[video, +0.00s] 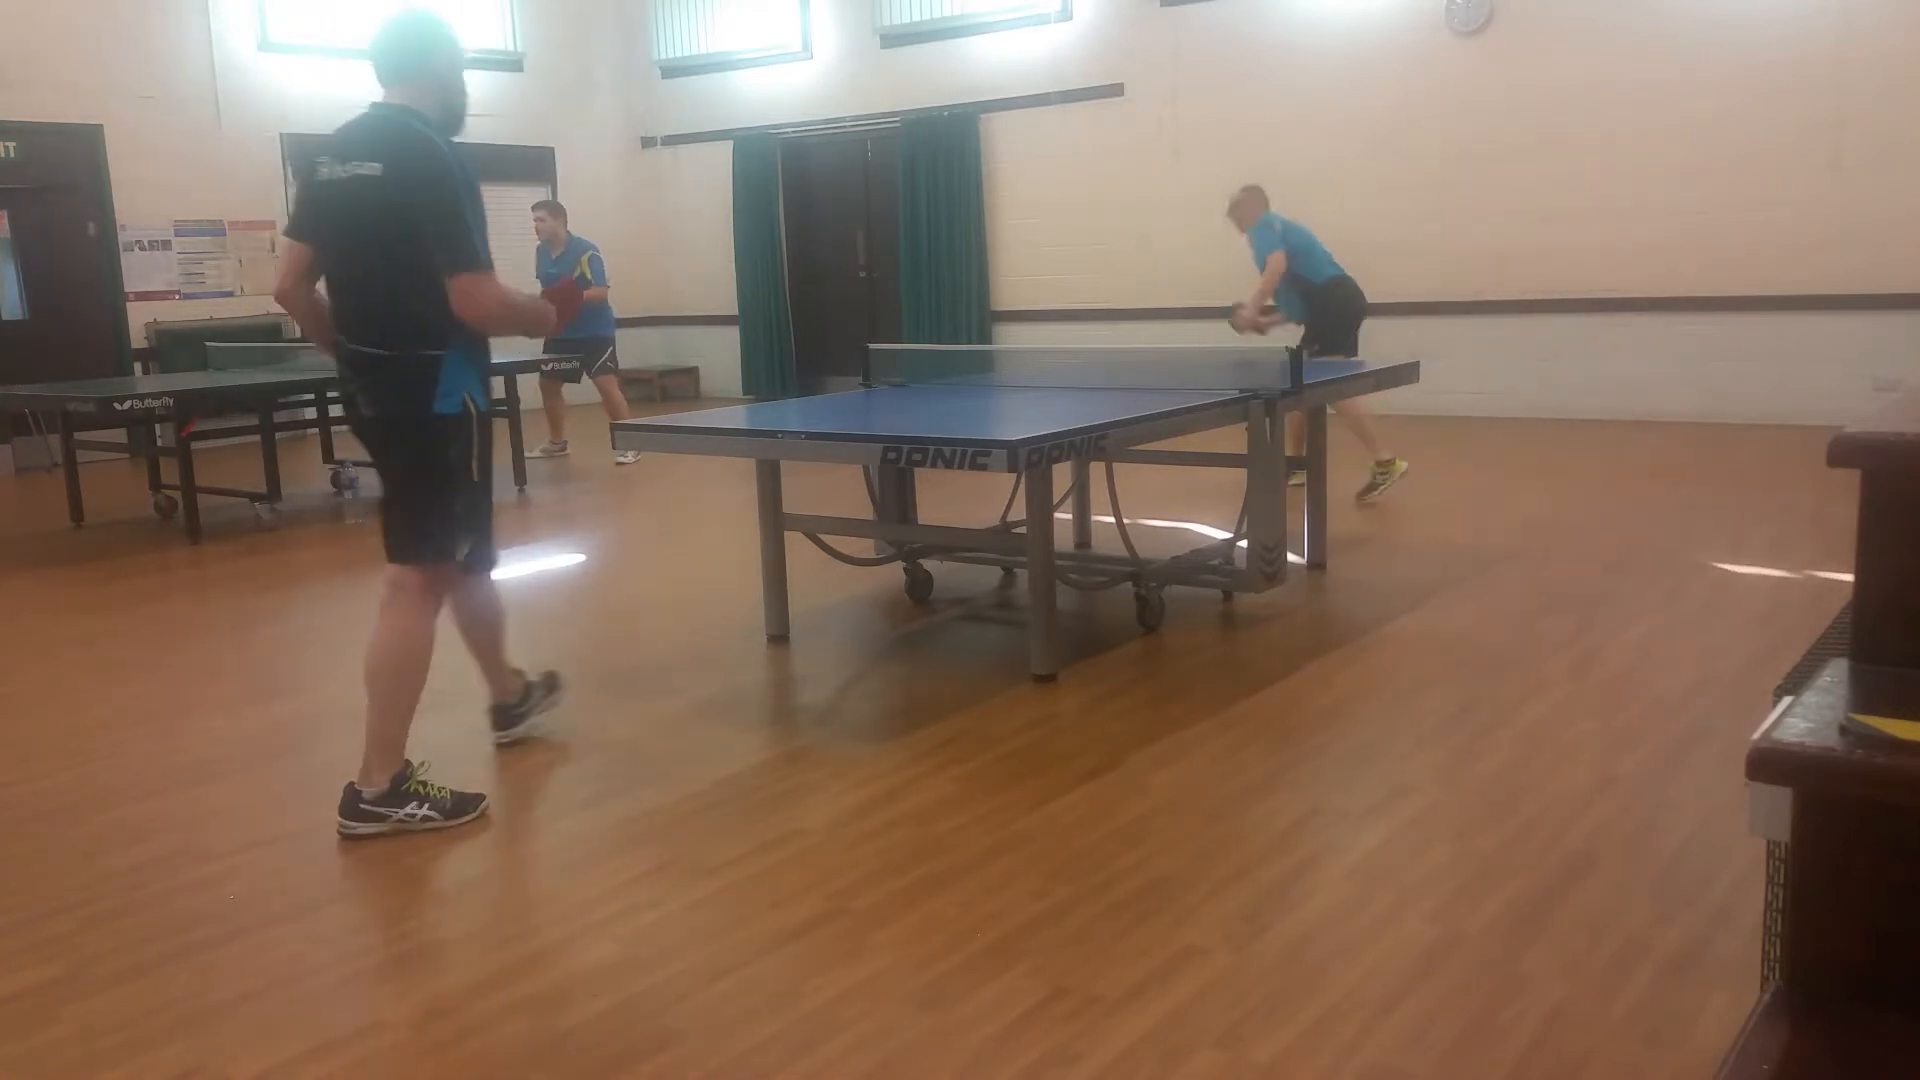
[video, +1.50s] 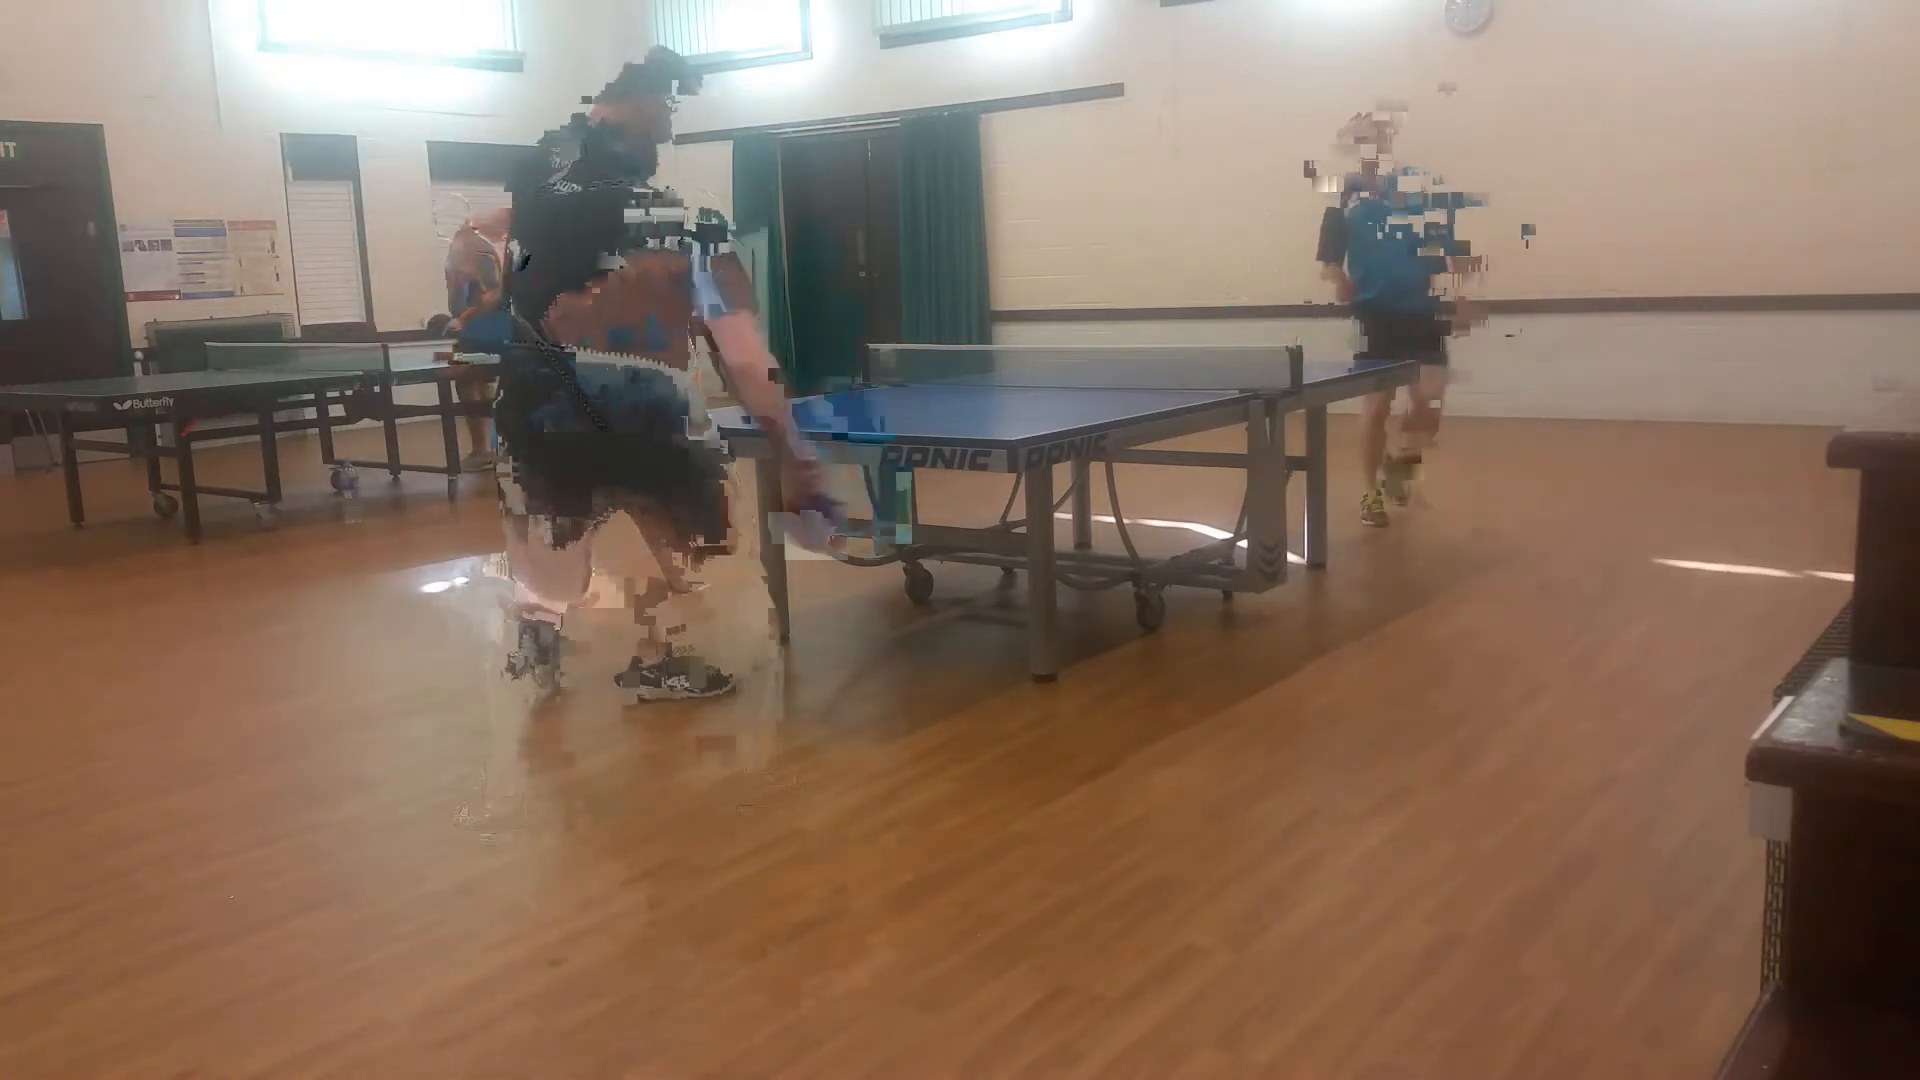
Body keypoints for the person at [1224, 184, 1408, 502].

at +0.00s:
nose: (1238, 227)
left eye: (1237, 219)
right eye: (1235, 221)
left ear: (1246, 210)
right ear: (1261, 207)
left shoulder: (1263, 226)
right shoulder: (1281, 230)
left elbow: (1276, 265)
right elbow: (1300, 303)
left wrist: (1252, 306)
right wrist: (1266, 320)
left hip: (1335, 302)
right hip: (1331, 305)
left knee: (1334, 387)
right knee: (1299, 385)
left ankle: (1385, 461)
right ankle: (1295, 462)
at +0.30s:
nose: (1279, 176)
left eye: (1286, 168)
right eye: (1279, 169)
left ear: (1305, 170)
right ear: (1286, 173)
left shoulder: (1319, 205)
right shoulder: (1303, 211)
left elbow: (1324, 261)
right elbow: (1302, 281)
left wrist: (1265, 286)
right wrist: (1253, 291)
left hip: (1352, 308)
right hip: (1330, 311)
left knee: (1332, 396)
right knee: (1310, 389)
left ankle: (1370, 475)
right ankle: (1300, 459)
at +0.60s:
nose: (1326, 154)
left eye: (1335, 146)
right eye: (1321, 147)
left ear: (1353, 151)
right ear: (1315, 152)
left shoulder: (1376, 195)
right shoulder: (1315, 209)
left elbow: (1400, 249)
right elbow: (1315, 267)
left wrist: (1359, 291)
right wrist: (1291, 284)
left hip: (1374, 307)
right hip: (1333, 309)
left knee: (1363, 395)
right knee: (1314, 390)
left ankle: (1373, 474)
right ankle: (1321, 468)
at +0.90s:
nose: (1349, 151)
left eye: (1357, 143)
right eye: (1343, 144)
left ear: (1375, 148)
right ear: (1335, 150)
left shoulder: (1406, 195)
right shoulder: (1327, 207)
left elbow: (1428, 251)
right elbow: (1314, 264)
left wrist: (1404, 296)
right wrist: (1312, 299)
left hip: (1394, 313)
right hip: (1350, 315)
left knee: (1383, 400)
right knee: (1361, 400)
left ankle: (1370, 477)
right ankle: (1365, 482)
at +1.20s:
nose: (1361, 146)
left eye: (1369, 137)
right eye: (1354, 139)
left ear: (1388, 139)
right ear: (1348, 145)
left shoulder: (1424, 183)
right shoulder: (1343, 203)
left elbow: (1452, 240)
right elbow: (1331, 265)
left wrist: (1461, 300)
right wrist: (1349, 292)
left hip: (1424, 313)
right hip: (1374, 317)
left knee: (1428, 403)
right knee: (1377, 407)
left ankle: (1395, 456)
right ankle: (1371, 492)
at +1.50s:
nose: (1382, 170)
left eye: (1388, 162)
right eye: (1374, 163)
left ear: (1404, 170)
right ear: (1363, 171)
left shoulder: (1423, 208)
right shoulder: (1350, 215)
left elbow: (1453, 259)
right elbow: (1330, 269)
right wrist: (1346, 287)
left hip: (1421, 317)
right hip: (1377, 317)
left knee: (1428, 410)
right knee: (1377, 408)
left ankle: (1399, 457)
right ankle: (1371, 490)